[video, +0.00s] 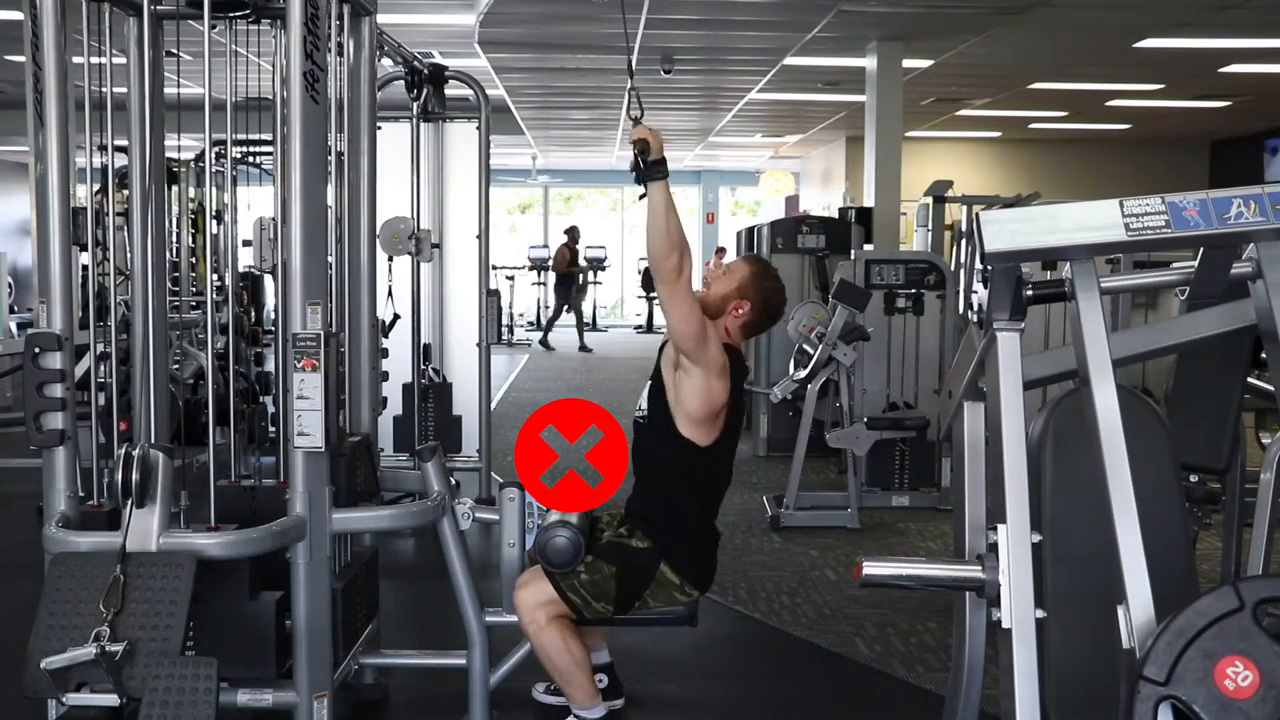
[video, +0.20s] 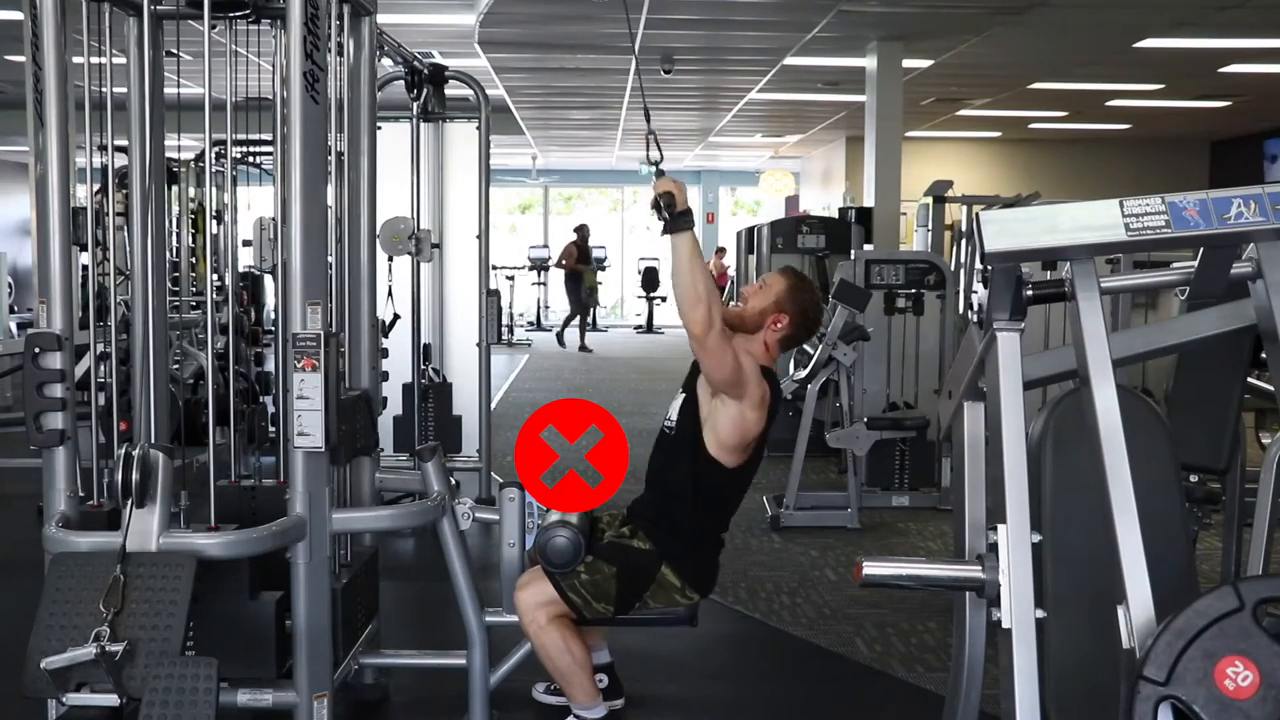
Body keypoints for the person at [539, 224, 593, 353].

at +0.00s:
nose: (579, 236)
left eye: (579, 234)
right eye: (577, 234)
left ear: (574, 236)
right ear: (570, 235)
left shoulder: (575, 250)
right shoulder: (563, 250)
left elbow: (573, 266)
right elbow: (556, 268)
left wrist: (583, 269)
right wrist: (574, 270)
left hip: (571, 285)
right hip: (562, 286)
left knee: (579, 314)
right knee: (556, 314)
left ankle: (582, 342)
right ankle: (543, 338)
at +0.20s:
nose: (588, 234)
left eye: (588, 232)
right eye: (585, 232)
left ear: (588, 233)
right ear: (578, 233)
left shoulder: (587, 248)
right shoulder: (571, 247)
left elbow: (588, 264)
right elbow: (557, 264)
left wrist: (593, 268)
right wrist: (574, 267)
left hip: (585, 282)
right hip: (572, 282)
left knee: (584, 313)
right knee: (575, 311)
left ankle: (582, 343)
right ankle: (560, 332)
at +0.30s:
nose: (591, 234)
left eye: (591, 232)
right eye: (588, 232)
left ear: (591, 233)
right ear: (582, 233)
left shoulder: (593, 248)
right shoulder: (573, 247)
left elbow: (596, 263)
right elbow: (559, 264)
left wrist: (597, 266)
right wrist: (574, 267)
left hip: (589, 279)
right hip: (576, 279)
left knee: (586, 311)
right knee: (580, 310)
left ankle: (582, 342)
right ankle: (573, 338)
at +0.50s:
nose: (595, 236)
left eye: (595, 234)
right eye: (592, 234)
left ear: (596, 235)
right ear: (586, 236)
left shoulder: (600, 249)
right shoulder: (578, 251)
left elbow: (608, 266)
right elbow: (565, 268)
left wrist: (601, 264)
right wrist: (577, 268)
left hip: (597, 282)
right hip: (584, 282)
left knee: (591, 313)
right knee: (587, 314)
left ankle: (583, 342)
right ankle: (593, 344)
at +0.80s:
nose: (602, 234)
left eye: (602, 232)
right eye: (599, 232)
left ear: (603, 233)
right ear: (593, 233)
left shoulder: (607, 247)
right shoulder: (585, 250)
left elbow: (615, 262)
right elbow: (576, 270)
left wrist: (611, 261)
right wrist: (589, 266)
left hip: (607, 286)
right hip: (594, 288)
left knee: (611, 315)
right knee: (595, 317)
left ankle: (597, 332)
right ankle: (597, 346)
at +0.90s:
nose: (605, 234)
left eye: (606, 231)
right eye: (603, 232)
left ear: (606, 233)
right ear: (596, 233)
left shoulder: (610, 247)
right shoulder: (588, 250)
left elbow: (618, 263)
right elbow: (581, 269)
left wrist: (613, 255)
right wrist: (594, 265)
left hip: (610, 286)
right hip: (596, 287)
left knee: (617, 313)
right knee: (596, 318)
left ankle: (606, 339)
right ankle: (596, 346)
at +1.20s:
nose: (618, 237)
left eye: (619, 234)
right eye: (615, 234)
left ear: (620, 235)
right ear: (608, 235)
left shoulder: (624, 250)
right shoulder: (601, 251)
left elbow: (629, 268)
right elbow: (598, 270)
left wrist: (623, 269)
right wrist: (610, 258)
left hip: (619, 289)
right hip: (604, 289)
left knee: (622, 320)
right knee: (600, 318)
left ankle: (624, 349)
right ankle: (597, 345)